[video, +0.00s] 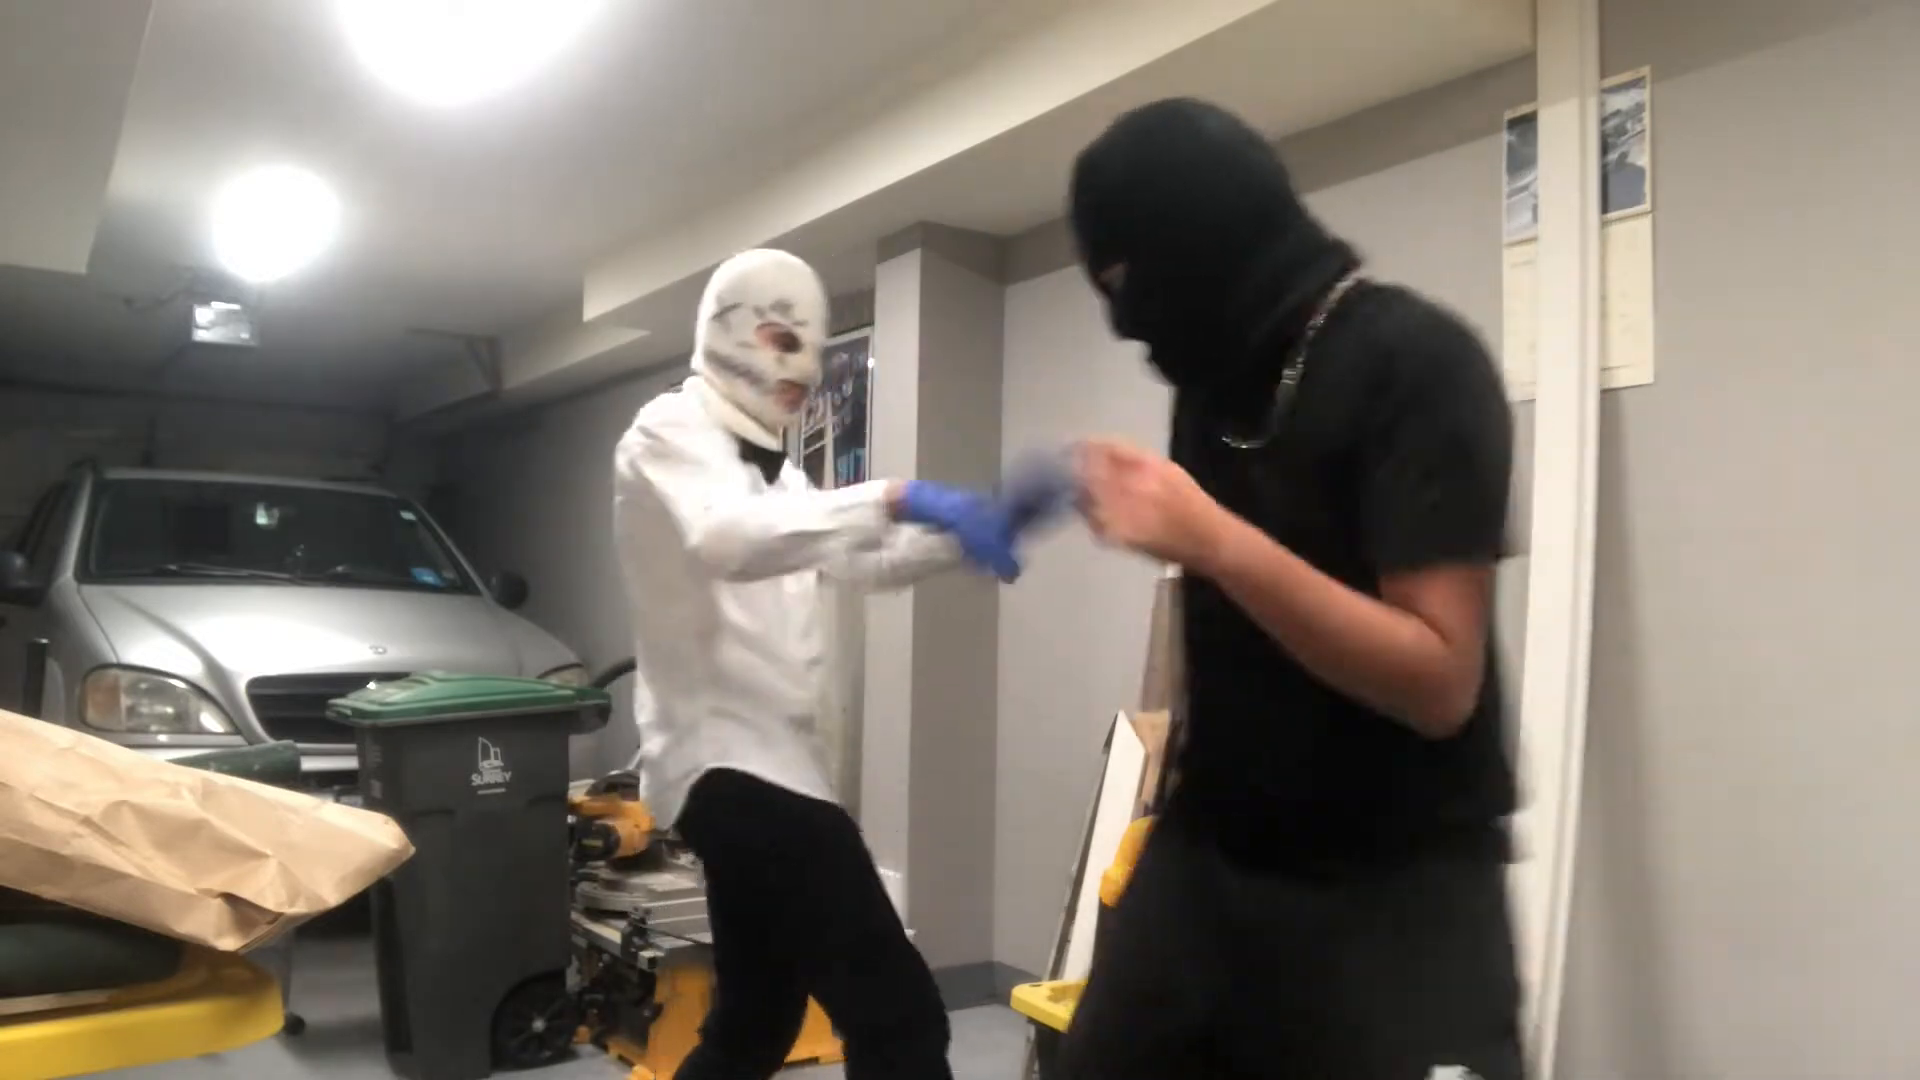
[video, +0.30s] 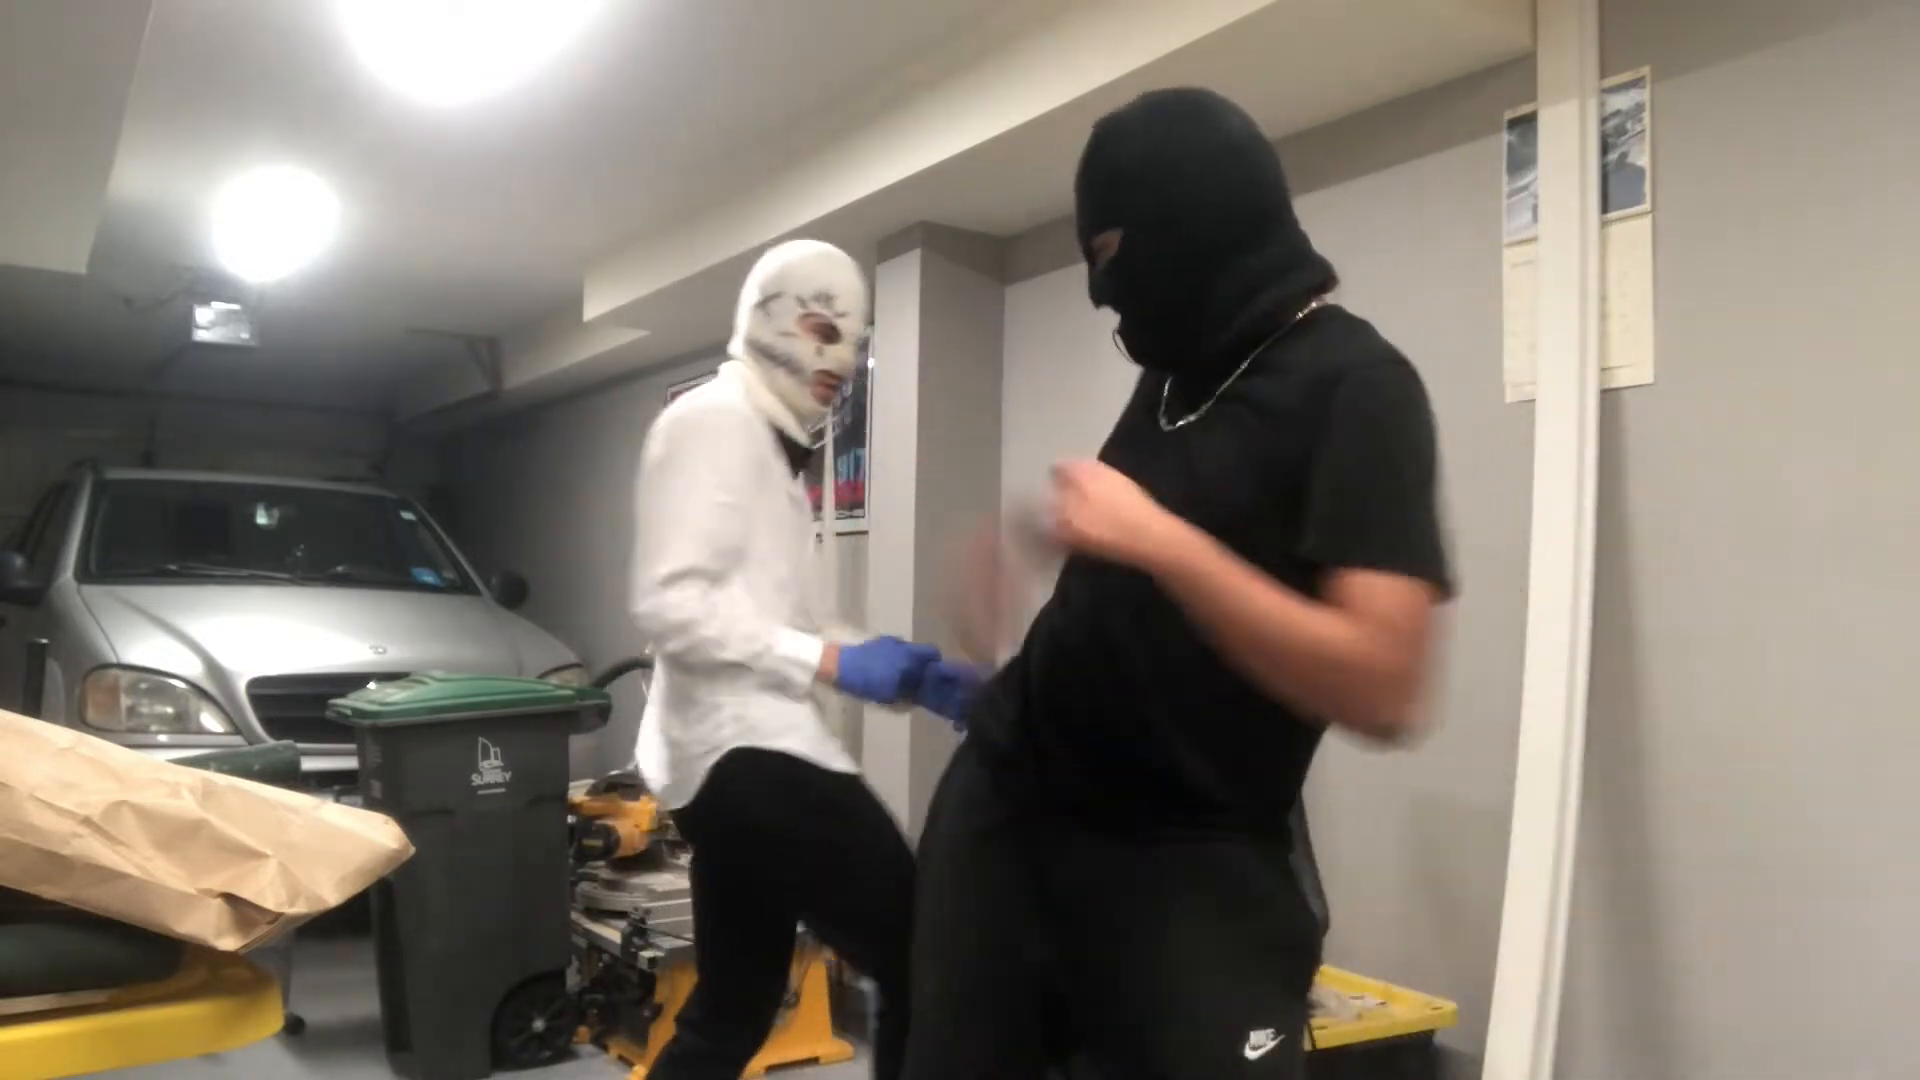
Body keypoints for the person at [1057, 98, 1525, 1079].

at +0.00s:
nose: (1119, 317)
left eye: (1123, 277)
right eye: (1106, 286)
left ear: (1199, 241)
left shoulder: (1415, 360)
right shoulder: (1218, 385)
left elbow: (1443, 681)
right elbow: (1225, 644)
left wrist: (1205, 535)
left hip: (1393, 911)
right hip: (1204, 883)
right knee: (1107, 1060)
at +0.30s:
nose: (1103, 297)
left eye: (1111, 260)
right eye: (1096, 267)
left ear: (1192, 227)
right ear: (1198, 232)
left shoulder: (1356, 381)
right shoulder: (1177, 374)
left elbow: (1387, 683)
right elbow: (1155, 628)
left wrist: (1158, 540)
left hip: (1199, 884)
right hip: (1006, 846)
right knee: (952, 1060)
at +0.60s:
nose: (1078, 260)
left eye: (1081, 227)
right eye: (1074, 230)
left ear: (1123, 213)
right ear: (1213, 192)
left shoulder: (1206, 293)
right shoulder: (1294, 300)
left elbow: (1035, 540)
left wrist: (999, 442)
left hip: (1273, 833)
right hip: (1170, 815)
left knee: (1265, 1063)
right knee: (1071, 1062)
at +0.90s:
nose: (1159, 331)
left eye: (1156, 296)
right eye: (1149, 302)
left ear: (1190, 261)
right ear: (1261, 221)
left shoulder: (1301, 282)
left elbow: (1150, 556)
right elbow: (1329, 627)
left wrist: (1083, 593)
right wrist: (1171, 578)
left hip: (1414, 867)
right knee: (1186, 1064)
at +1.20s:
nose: (1167, 379)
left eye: (1157, 353)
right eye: (1152, 362)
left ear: (1183, 305)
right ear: (1265, 251)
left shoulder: (1257, 337)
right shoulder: (1455, 333)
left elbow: (1119, 580)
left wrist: (1043, 543)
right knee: (1268, 1064)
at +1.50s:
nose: (1221, 326)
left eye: (1217, 293)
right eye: (1207, 301)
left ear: (1267, 243)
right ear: (1314, 213)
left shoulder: (1370, 270)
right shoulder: (1431, 268)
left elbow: (1318, 554)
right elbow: (1363, 536)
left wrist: (1169, 513)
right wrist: (1222, 504)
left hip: (1469, 824)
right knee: (1298, 1061)